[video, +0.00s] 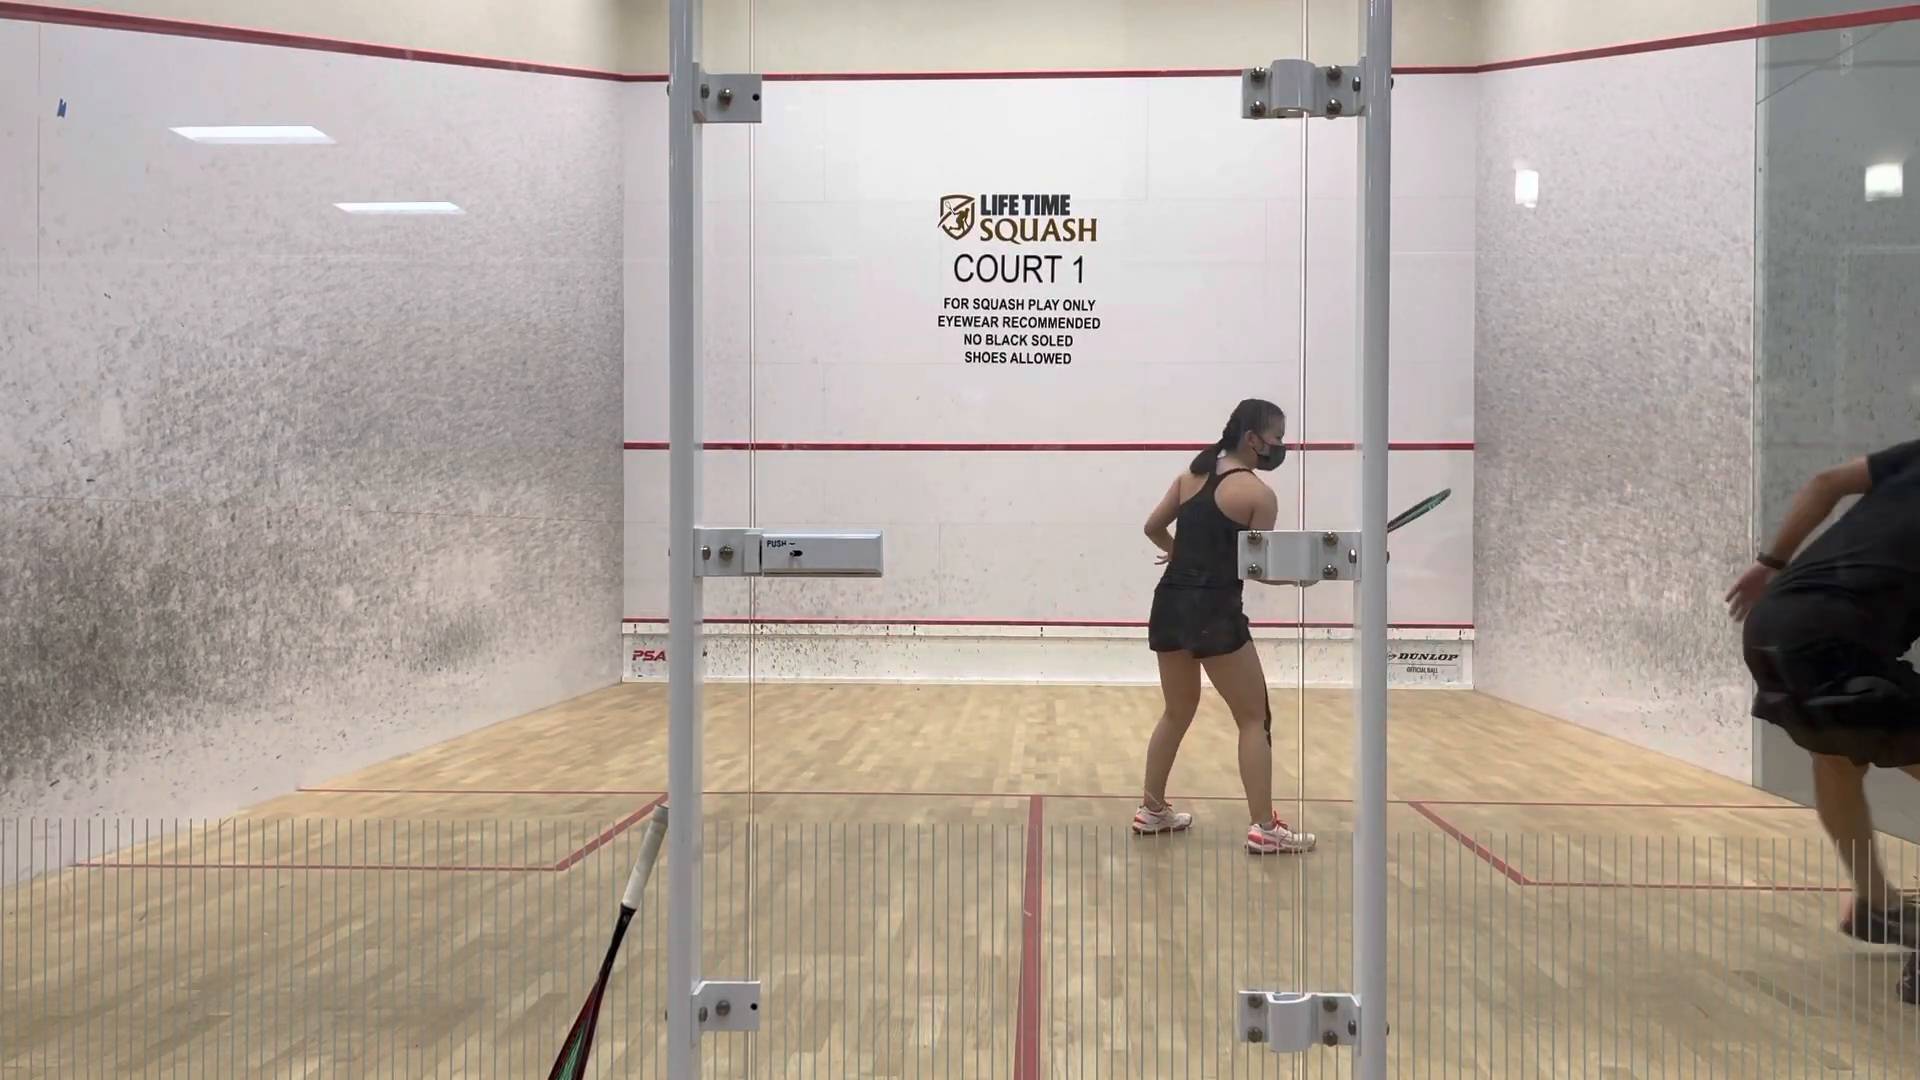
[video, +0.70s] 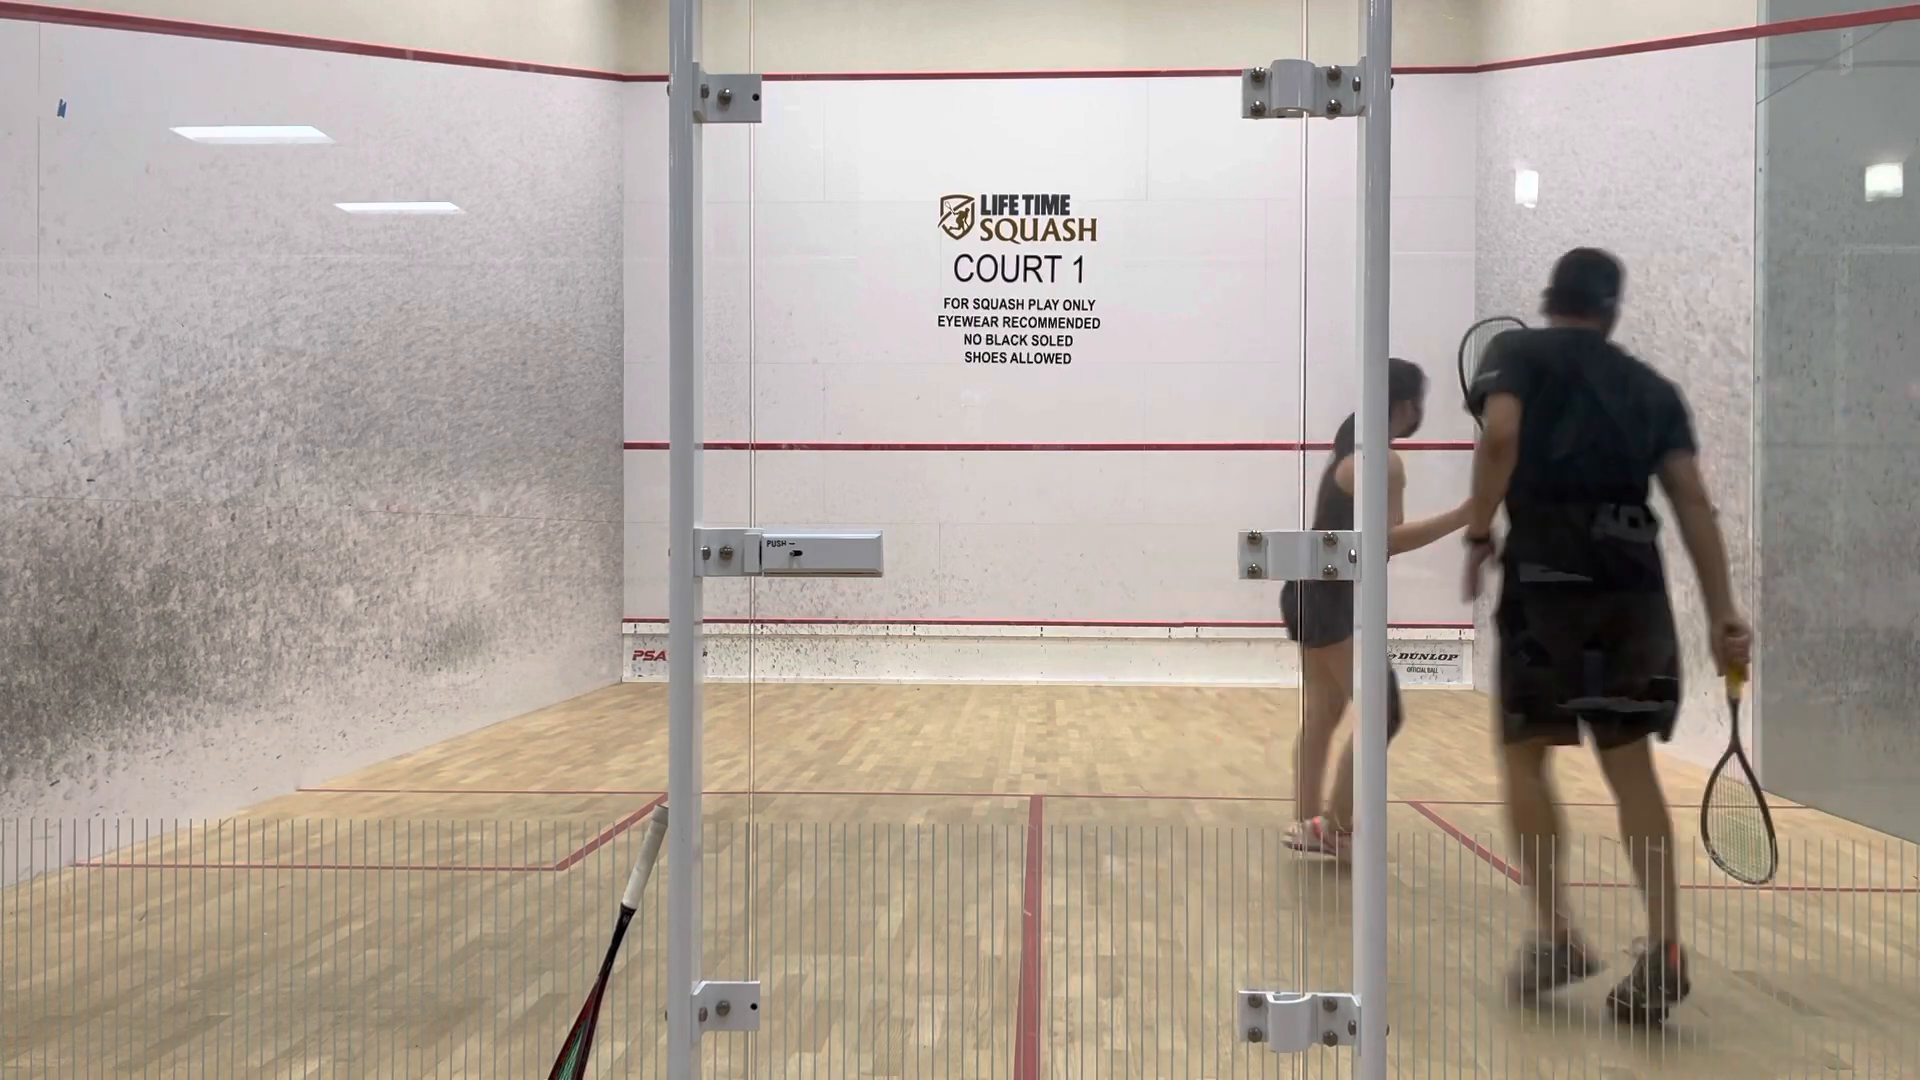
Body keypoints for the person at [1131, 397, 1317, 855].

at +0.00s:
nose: (1280, 448)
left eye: (1281, 440)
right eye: (1276, 440)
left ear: (1239, 436)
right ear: (1252, 437)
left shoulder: (1193, 473)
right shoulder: (1258, 495)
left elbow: (1153, 527)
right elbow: (1260, 563)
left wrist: (1176, 552)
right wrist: (1313, 561)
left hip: (1169, 610)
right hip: (1215, 615)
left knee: (1177, 710)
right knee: (1253, 717)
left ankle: (1151, 809)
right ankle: (1263, 826)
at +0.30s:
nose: (1294, 452)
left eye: (1291, 444)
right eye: (1292, 445)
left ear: (1245, 444)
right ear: (1285, 450)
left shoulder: (1210, 485)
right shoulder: (1281, 508)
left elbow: (1171, 538)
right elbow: (1287, 585)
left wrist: (1201, 562)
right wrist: (1333, 578)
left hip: (1186, 621)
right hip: (1233, 627)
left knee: (1193, 715)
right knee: (1299, 715)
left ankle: (1155, 809)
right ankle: (1292, 820)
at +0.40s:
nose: (1313, 461)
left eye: (1312, 453)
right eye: (1310, 453)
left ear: (1264, 453)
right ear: (1298, 458)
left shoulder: (1231, 497)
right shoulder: (1297, 517)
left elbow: (1193, 548)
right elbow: (1317, 593)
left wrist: (1232, 566)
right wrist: (1377, 573)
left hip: (1204, 633)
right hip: (1250, 641)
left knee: (1205, 722)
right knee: (1329, 722)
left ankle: (1157, 808)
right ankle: (1310, 830)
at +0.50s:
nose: (1346, 451)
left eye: (1344, 442)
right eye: (1341, 443)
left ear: (1298, 444)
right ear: (1326, 448)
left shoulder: (1269, 488)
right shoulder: (1328, 503)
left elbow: (1229, 539)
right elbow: (1352, 578)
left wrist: (1288, 554)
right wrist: (1416, 556)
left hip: (1243, 627)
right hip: (1282, 636)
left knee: (1222, 723)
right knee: (1353, 729)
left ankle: (1169, 798)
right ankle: (1310, 835)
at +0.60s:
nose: (1381, 426)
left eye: (1378, 415)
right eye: (1376, 416)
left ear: (1329, 420)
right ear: (1365, 423)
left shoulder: (1307, 467)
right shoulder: (1349, 477)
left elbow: (1275, 525)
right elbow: (1377, 556)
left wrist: (1314, 572)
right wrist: (1444, 532)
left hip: (1276, 610)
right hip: (1312, 618)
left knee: (1278, 714)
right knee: (1359, 727)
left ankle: (1230, 812)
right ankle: (1312, 832)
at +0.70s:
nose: (1419, 413)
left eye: (1419, 403)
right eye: (1416, 403)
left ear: (1382, 401)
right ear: (1399, 405)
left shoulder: (1351, 451)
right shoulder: (1378, 462)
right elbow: (1386, 540)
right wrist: (1460, 516)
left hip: (1311, 592)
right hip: (1331, 597)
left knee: (1322, 708)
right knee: (1384, 713)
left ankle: (1306, 820)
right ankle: (1339, 823)